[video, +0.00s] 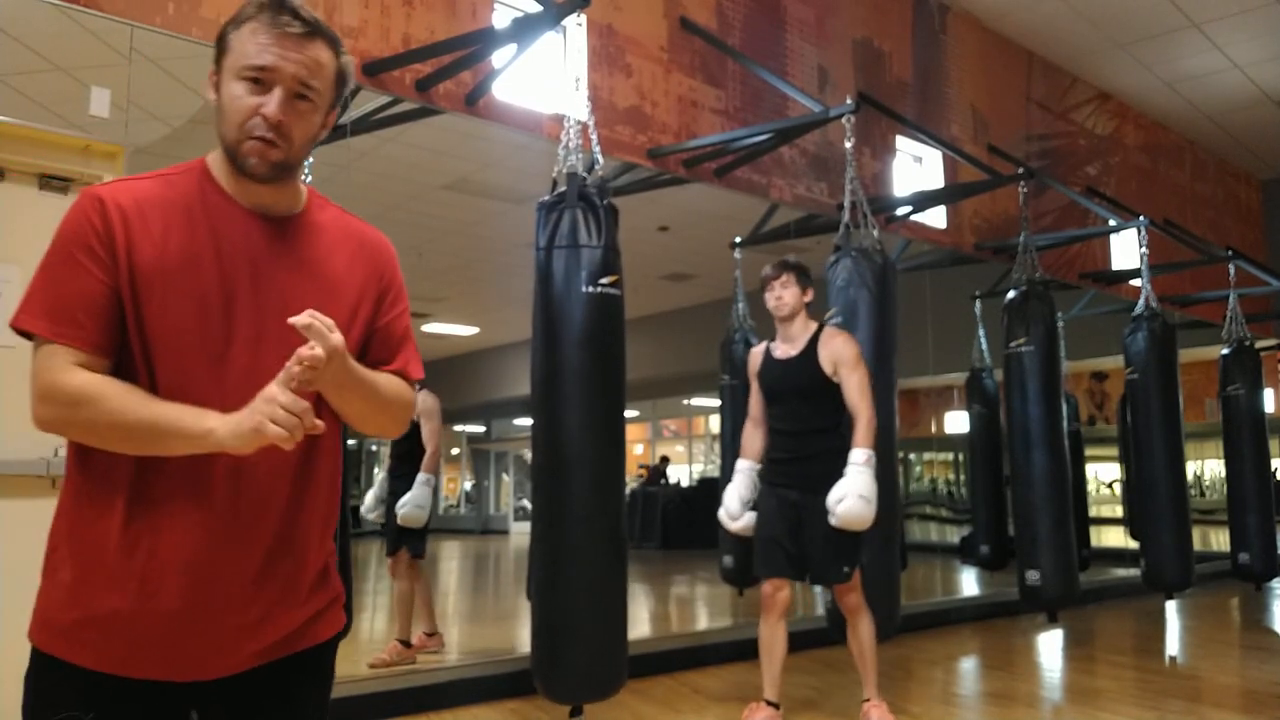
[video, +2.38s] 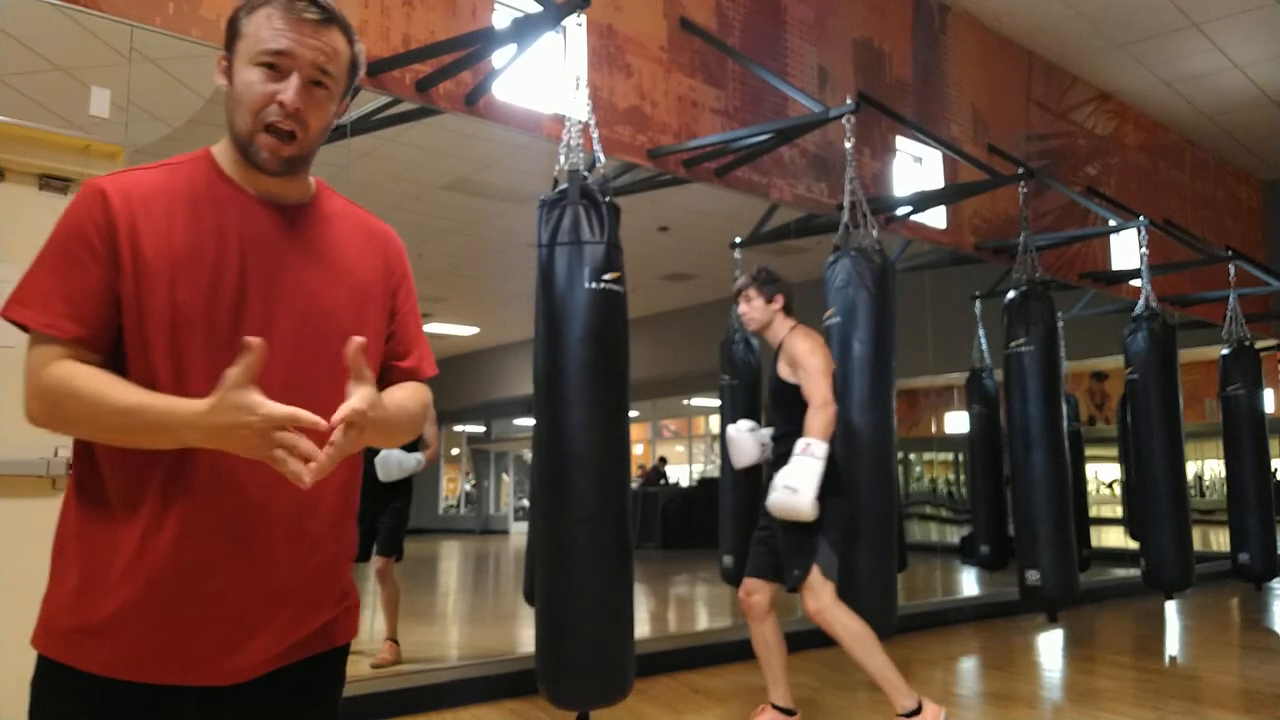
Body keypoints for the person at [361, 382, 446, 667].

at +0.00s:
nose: (393, 377)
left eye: (396, 370)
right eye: (391, 372)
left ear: (407, 370)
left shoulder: (425, 399)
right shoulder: (399, 403)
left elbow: (432, 450)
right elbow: (396, 457)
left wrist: (421, 488)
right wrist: (380, 490)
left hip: (412, 486)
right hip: (396, 485)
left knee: (400, 563)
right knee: (412, 564)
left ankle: (402, 642)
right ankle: (430, 632)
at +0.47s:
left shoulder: (404, 393)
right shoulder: (380, 394)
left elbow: (408, 445)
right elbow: (385, 451)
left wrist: (396, 484)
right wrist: (368, 482)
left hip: (401, 479)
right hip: (384, 478)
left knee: (393, 563)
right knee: (370, 562)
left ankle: (403, 644)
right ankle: (383, 632)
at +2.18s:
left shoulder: (405, 395)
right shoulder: (350, 400)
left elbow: (422, 447)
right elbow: (339, 449)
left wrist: (394, 464)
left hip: (389, 489)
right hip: (353, 488)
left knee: (378, 564)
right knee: (337, 562)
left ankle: (391, 641)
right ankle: (346, 624)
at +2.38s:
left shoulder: (417, 398)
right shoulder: (355, 394)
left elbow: (433, 447)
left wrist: (414, 462)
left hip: (395, 487)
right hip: (358, 485)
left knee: (382, 567)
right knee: (345, 566)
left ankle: (391, 642)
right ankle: (338, 639)